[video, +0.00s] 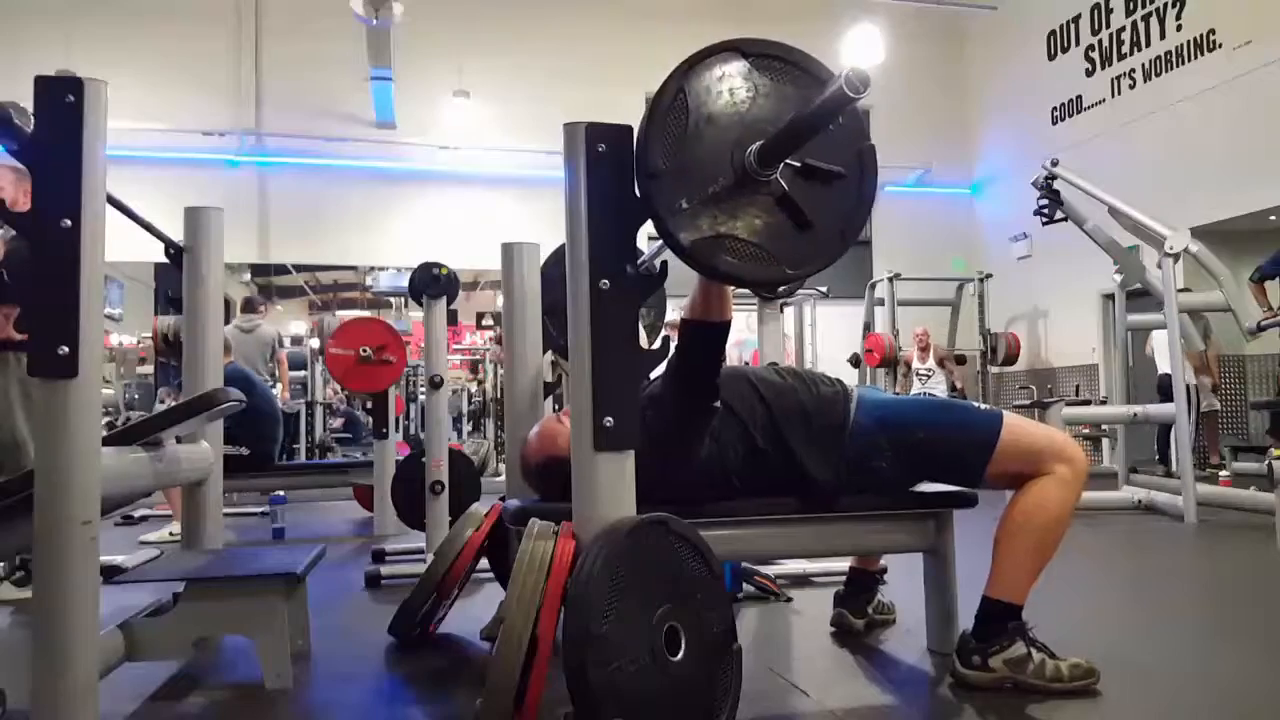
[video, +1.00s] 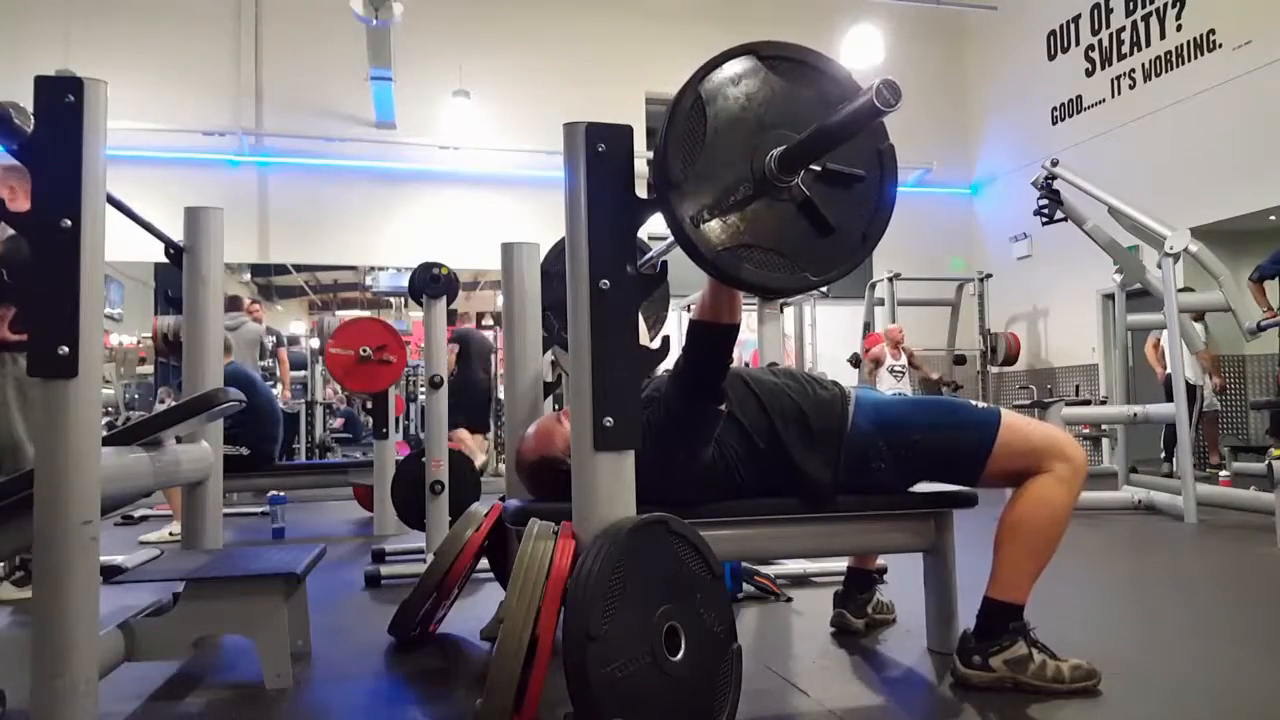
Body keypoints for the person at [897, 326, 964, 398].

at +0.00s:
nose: (920, 338)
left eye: (922, 335)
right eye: (917, 336)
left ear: (928, 337)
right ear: (914, 339)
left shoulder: (940, 353)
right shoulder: (910, 356)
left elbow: (953, 371)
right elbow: (902, 375)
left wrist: (960, 388)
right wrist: (898, 391)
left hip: (937, 393)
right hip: (916, 393)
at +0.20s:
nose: (911, 338)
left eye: (914, 335)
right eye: (908, 336)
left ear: (919, 337)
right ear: (905, 339)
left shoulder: (931, 353)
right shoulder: (900, 356)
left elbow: (943, 370)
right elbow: (895, 377)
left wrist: (949, 381)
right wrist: (892, 393)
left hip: (928, 393)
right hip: (907, 393)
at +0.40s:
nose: (901, 337)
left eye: (904, 334)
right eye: (898, 334)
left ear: (908, 337)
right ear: (895, 338)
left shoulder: (919, 354)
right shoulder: (887, 355)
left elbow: (930, 371)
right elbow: (884, 376)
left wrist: (936, 384)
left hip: (915, 393)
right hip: (894, 393)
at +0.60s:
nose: (896, 336)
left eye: (898, 333)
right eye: (893, 333)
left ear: (902, 335)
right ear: (887, 336)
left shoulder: (911, 352)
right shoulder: (878, 354)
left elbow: (923, 372)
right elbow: (874, 375)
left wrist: (928, 389)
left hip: (908, 394)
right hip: (886, 394)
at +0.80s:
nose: (901, 335)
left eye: (901, 332)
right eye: (897, 333)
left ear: (902, 333)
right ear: (888, 336)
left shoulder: (907, 352)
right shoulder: (876, 352)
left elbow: (918, 369)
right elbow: (870, 372)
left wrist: (925, 380)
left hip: (906, 393)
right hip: (885, 393)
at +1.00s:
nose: (903, 334)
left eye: (902, 332)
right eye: (900, 332)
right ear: (891, 336)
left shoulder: (906, 351)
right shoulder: (877, 352)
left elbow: (915, 365)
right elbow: (869, 372)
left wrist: (931, 374)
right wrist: (872, 391)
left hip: (906, 393)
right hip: (886, 393)